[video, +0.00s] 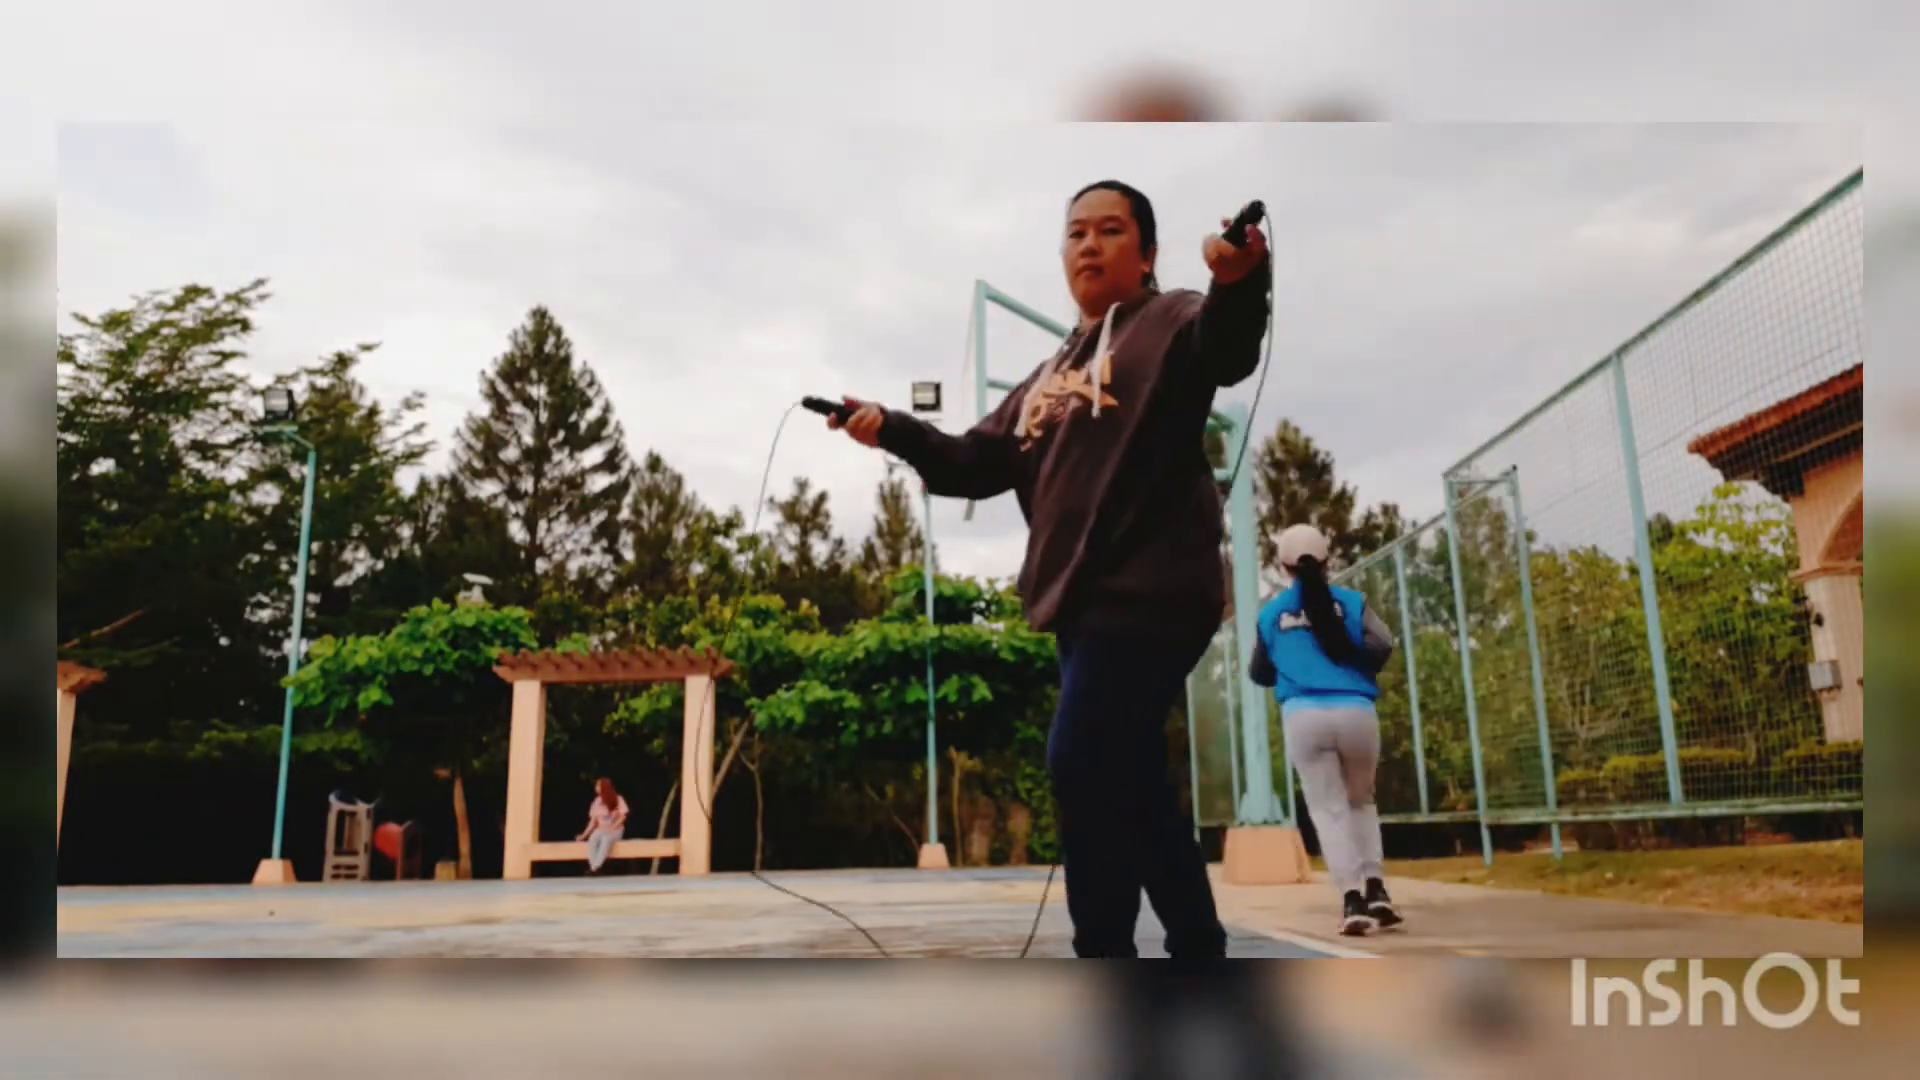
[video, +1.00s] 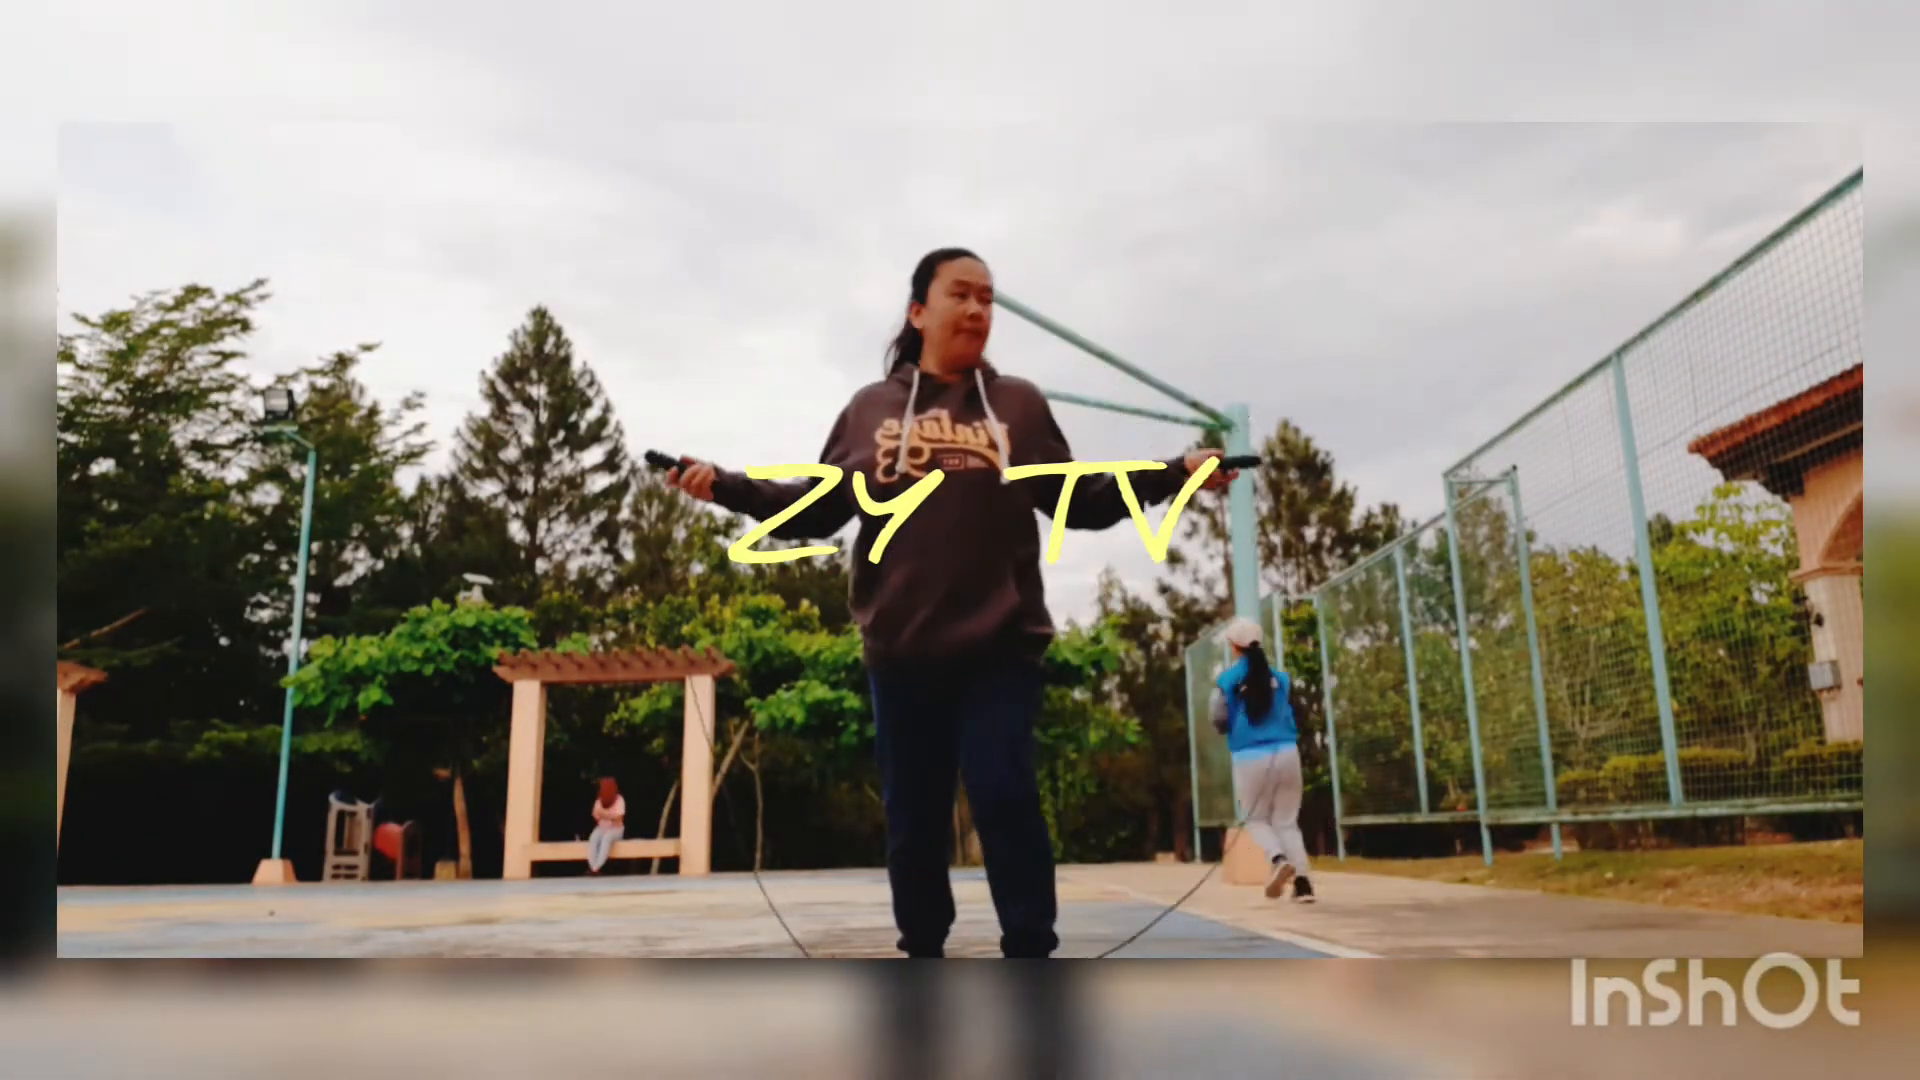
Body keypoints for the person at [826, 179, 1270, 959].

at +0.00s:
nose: (1091, 244)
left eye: (1110, 230)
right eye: (1078, 233)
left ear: (1146, 252)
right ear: (1062, 255)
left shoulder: (1173, 316)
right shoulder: (1050, 376)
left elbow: (1227, 349)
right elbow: (973, 465)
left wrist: (1238, 285)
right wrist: (892, 429)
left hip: (1159, 587)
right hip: (1083, 599)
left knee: (1080, 757)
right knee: (1137, 784)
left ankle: (1104, 957)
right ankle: (1201, 963)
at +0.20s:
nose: (1057, 245)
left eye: (1076, 230)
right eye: (1044, 233)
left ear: (1115, 254)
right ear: (1030, 258)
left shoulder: (1146, 328)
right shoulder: (1005, 371)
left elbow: (1233, 340)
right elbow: (919, 439)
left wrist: (1278, 230)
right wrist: (842, 371)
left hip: (1111, 592)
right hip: (1030, 602)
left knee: (1068, 786)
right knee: (1037, 787)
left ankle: (1139, 976)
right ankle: (1167, 952)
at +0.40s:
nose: (1032, 248)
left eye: (1053, 235)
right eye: (1020, 236)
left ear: (1088, 259)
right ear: (1006, 261)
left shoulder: (1123, 340)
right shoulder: (971, 370)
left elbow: (1215, 366)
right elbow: (884, 437)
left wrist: (1275, 254)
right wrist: (807, 362)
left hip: (1090, 596)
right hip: (992, 604)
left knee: (1070, 775)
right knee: (958, 770)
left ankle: (1104, 974)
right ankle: (1072, 925)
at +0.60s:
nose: (1000, 265)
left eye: (1020, 252)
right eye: (987, 253)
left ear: (1050, 274)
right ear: (971, 273)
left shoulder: (1087, 361)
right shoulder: (929, 382)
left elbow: (1180, 418)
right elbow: (854, 460)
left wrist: (1249, 343)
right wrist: (769, 408)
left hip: (1062, 615)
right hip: (957, 618)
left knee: (1067, 794)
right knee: (935, 792)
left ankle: (1099, 957)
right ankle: (931, 943)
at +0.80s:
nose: (962, 309)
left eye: (979, 296)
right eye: (947, 294)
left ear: (1003, 312)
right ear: (926, 308)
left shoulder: (1036, 404)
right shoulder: (883, 408)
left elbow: (1095, 499)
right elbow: (827, 506)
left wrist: (1180, 492)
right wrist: (731, 514)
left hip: (1015, 640)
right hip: (915, 645)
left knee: (1030, 791)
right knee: (917, 812)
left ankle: (1069, 954)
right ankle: (921, 955)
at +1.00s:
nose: (978, 310)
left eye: (987, 300)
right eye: (961, 295)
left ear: (994, 317)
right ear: (917, 312)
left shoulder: (1018, 404)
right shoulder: (869, 408)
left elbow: (1079, 499)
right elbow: (819, 508)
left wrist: (1176, 475)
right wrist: (727, 486)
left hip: (999, 640)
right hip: (903, 647)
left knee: (1004, 795)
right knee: (914, 813)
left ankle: (1031, 955)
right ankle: (922, 957)